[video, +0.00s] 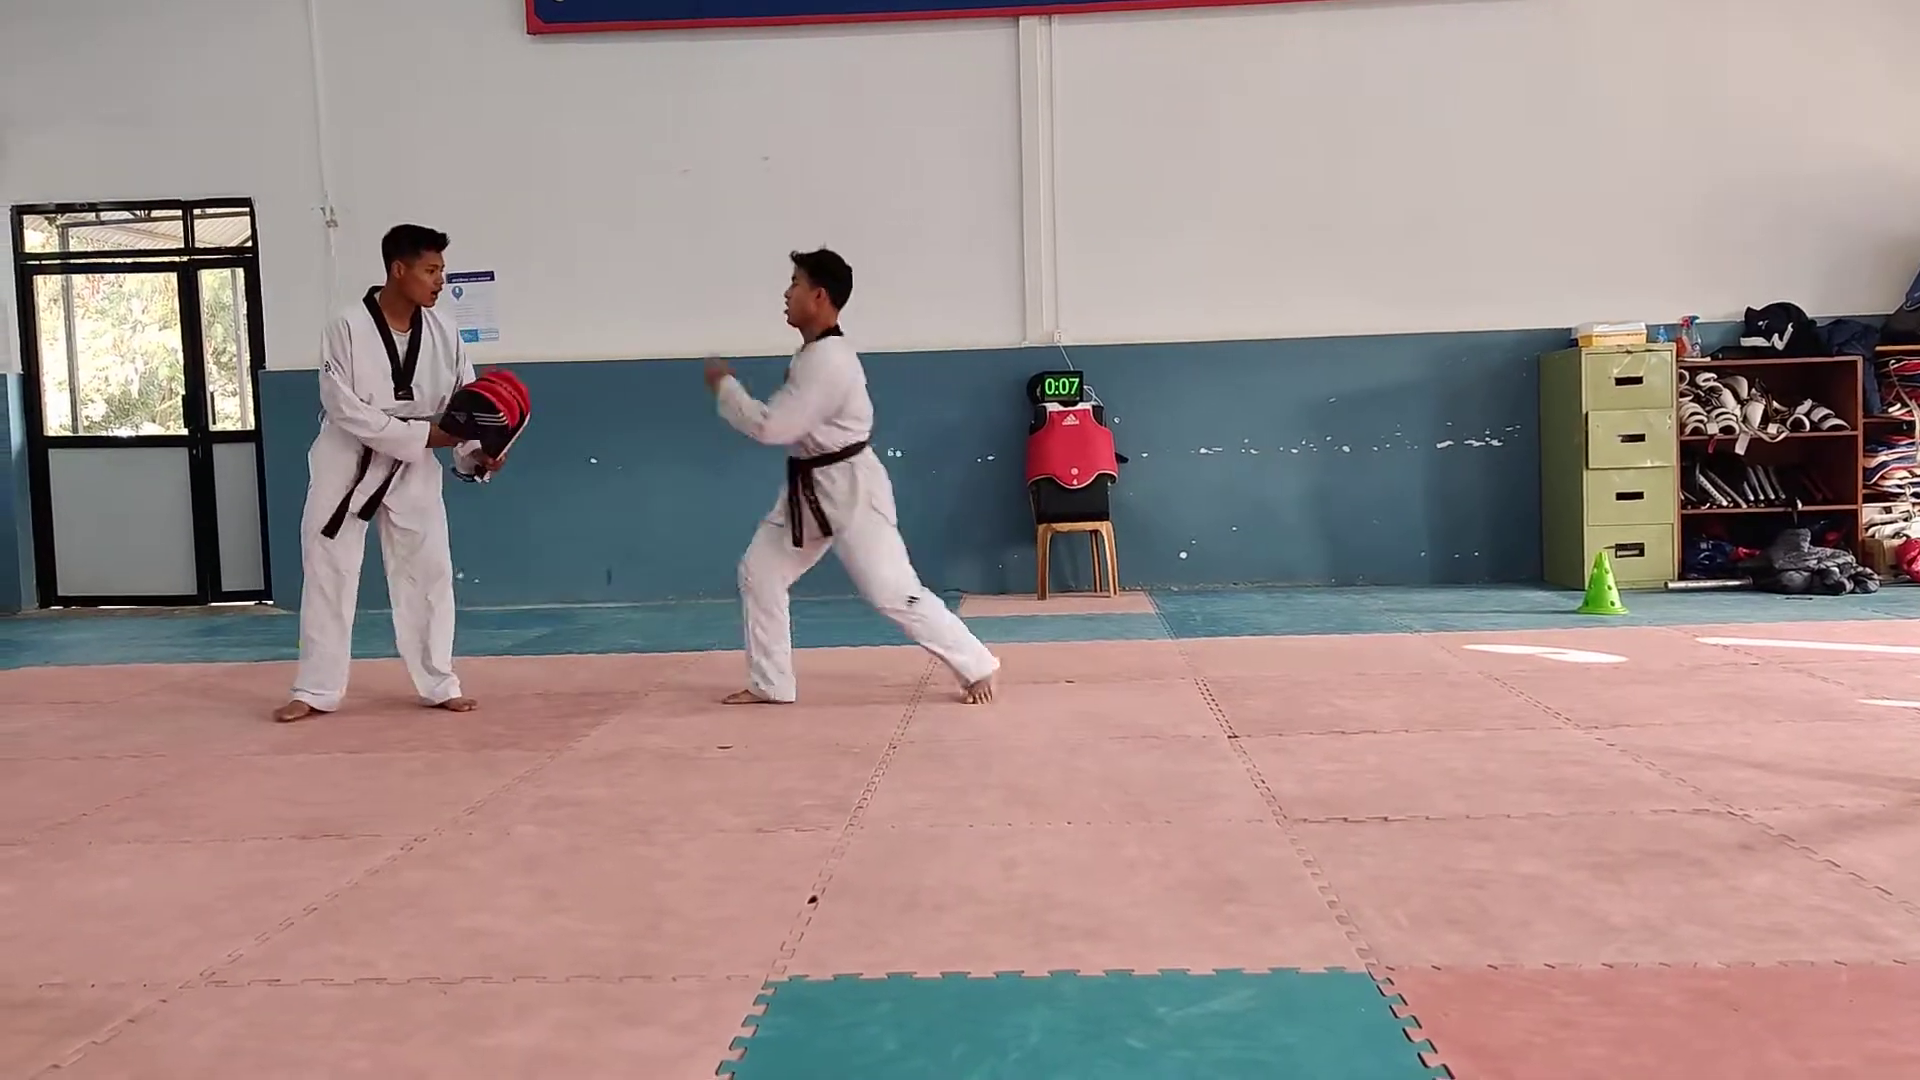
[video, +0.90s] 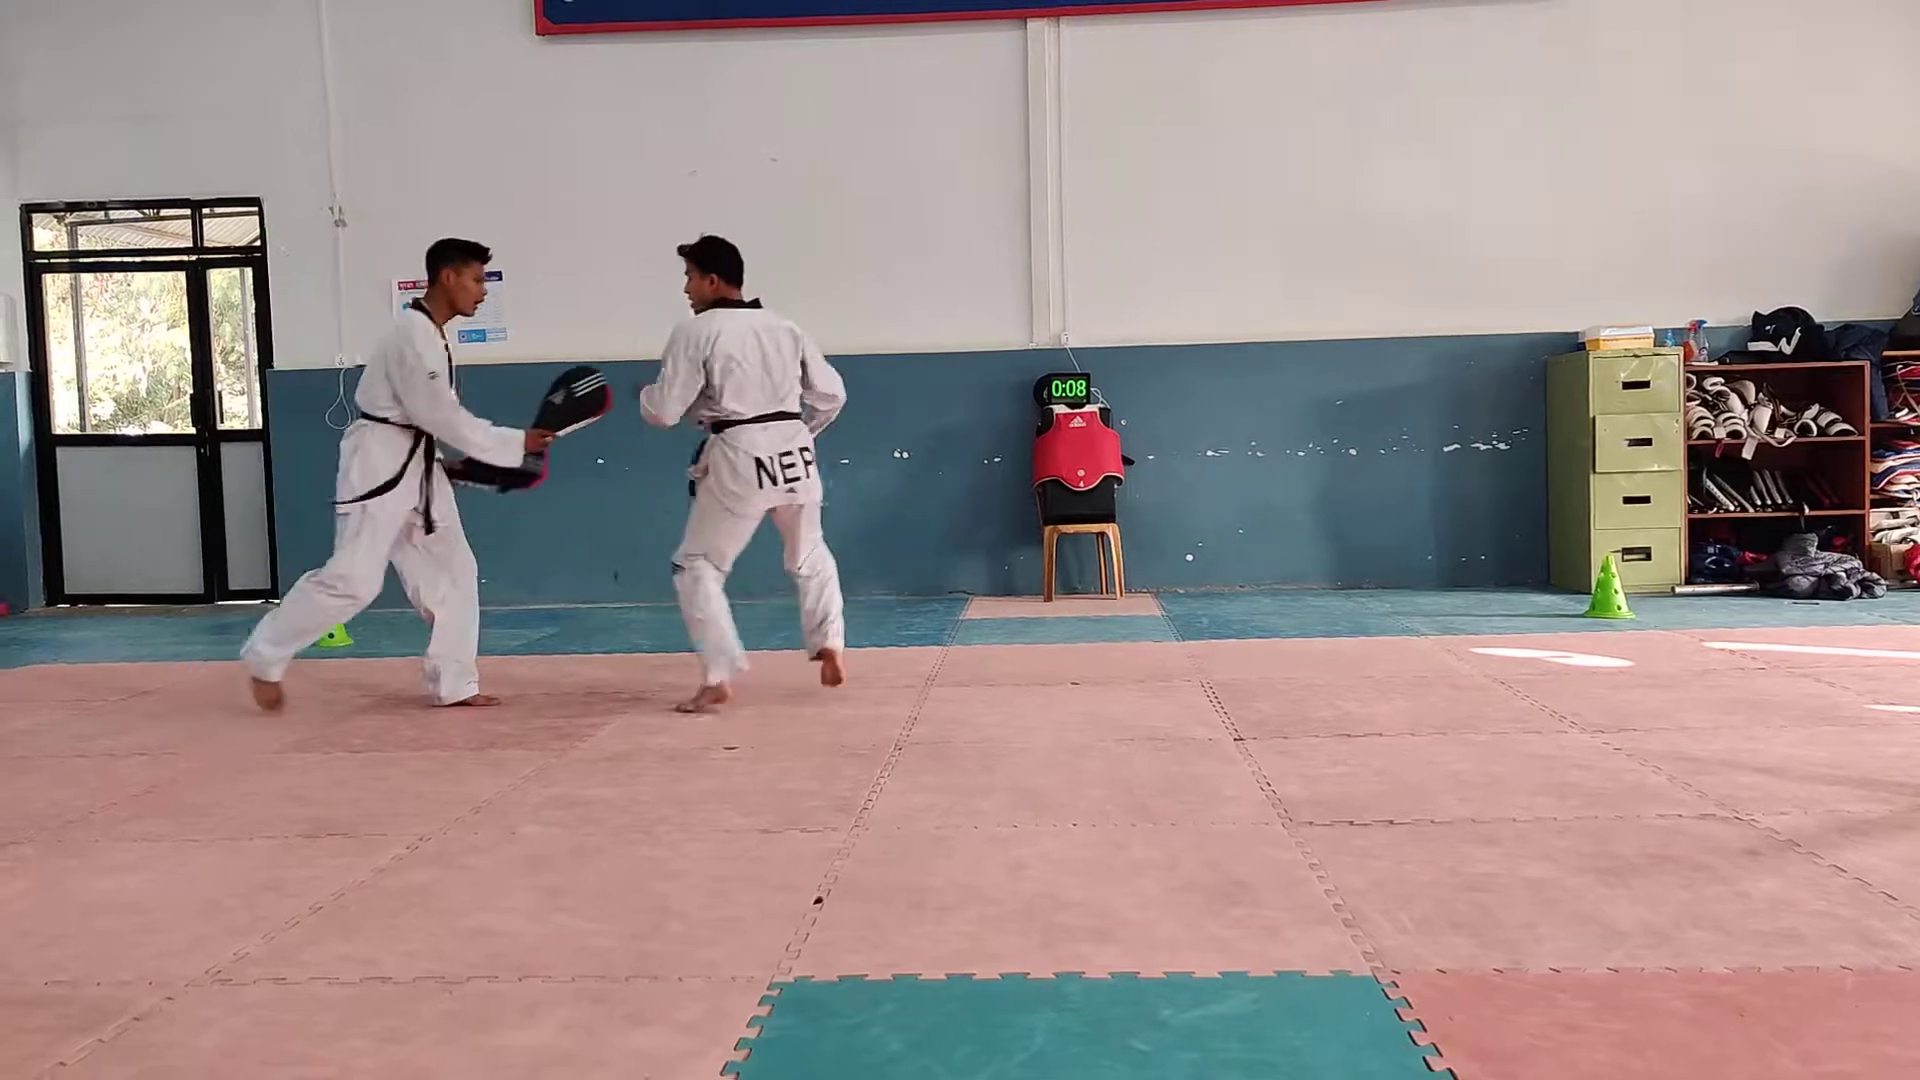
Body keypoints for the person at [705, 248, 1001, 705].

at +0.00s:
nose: (786, 294)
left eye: (795, 285)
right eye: (790, 284)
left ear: (820, 297)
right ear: (821, 298)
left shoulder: (828, 359)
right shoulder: (813, 355)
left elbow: (772, 428)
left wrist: (724, 386)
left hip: (851, 480)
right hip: (811, 484)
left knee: (890, 591)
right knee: (760, 571)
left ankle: (978, 665)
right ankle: (772, 685)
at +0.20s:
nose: (761, 251)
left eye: (770, 243)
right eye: (764, 241)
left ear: (800, 253)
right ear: (805, 254)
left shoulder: (772, 302)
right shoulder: (832, 312)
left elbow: (732, 374)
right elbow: (803, 383)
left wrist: (677, 432)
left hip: (745, 418)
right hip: (790, 441)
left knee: (628, 443)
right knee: (756, 547)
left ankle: (646, 548)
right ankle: (762, 661)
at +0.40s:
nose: (709, 241)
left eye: (716, 232)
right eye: (711, 231)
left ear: (741, 241)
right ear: (754, 244)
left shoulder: (720, 287)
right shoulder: (777, 303)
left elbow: (695, 353)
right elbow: (736, 358)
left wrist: (642, 415)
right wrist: (686, 328)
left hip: (690, 408)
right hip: (735, 440)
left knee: (581, 409)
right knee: (714, 551)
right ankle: (714, 663)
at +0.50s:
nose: (681, 246)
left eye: (688, 237)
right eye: (684, 236)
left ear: (715, 245)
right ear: (726, 249)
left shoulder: (683, 289)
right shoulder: (767, 316)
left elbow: (658, 357)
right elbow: (762, 398)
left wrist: (612, 412)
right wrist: (717, 408)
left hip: (660, 416)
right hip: (720, 434)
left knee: (576, 509)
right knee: (716, 548)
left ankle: (539, 605)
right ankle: (726, 656)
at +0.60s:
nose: (650, 284)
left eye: (657, 277)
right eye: (654, 275)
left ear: (680, 287)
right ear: (694, 289)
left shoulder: (643, 333)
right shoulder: (736, 351)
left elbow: (617, 401)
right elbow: (766, 424)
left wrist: (579, 454)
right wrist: (746, 477)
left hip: (638, 467)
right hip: (701, 472)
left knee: (603, 580)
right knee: (720, 574)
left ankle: (569, 695)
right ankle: (746, 669)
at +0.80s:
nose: (656, 288)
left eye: (660, 278)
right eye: (656, 278)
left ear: (684, 281)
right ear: (701, 282)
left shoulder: (666, 330)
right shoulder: (753, 327)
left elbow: (651, 416)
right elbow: (798, 401)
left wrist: (637, 451)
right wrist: (786, 460)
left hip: (695, 463)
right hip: (756, 459)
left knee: (647, 569)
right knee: (773, 564)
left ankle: (611, 684)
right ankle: (796, 667)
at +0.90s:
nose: (685, 285)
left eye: (690, 275)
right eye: (686, 275)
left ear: (713, 279)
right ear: (730, 281)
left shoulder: (696, 330)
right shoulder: (783, 326)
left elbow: (662, 412)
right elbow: (831, 394)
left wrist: (647, 393)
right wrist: (800, 434)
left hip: (737, 461)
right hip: (796, 457)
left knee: (699, 564)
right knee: (810, 555)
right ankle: (829, 642)